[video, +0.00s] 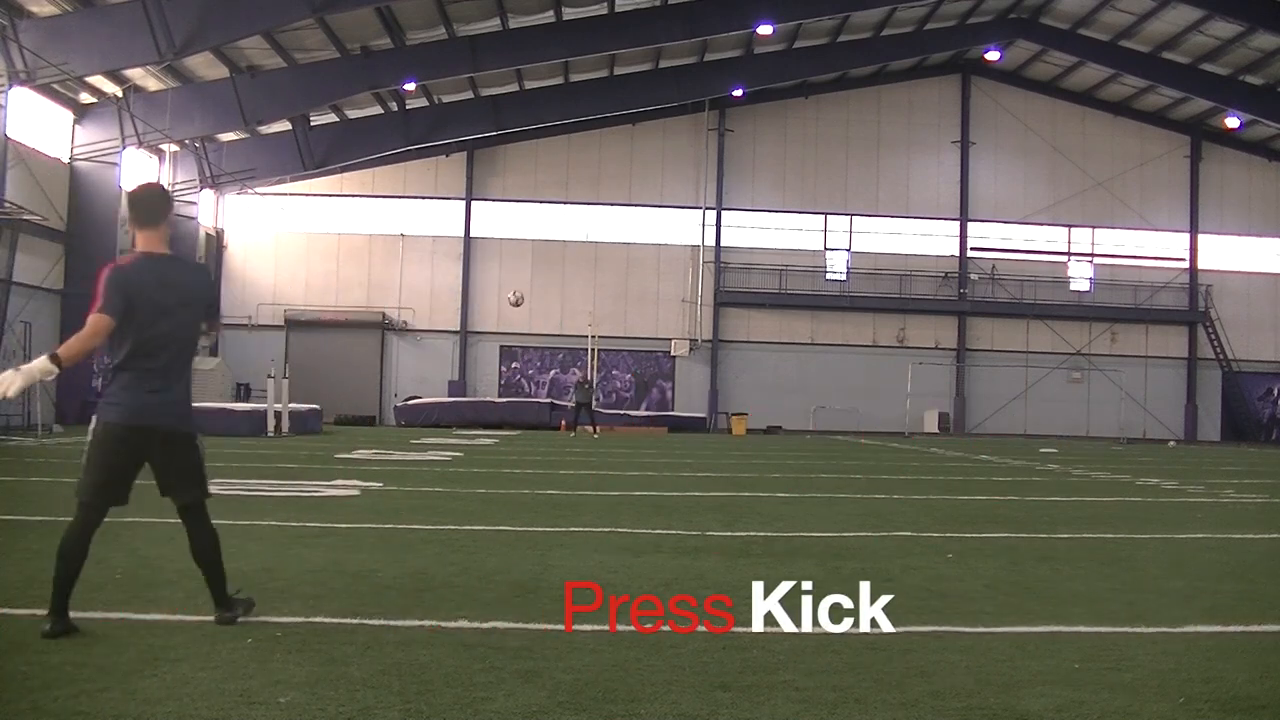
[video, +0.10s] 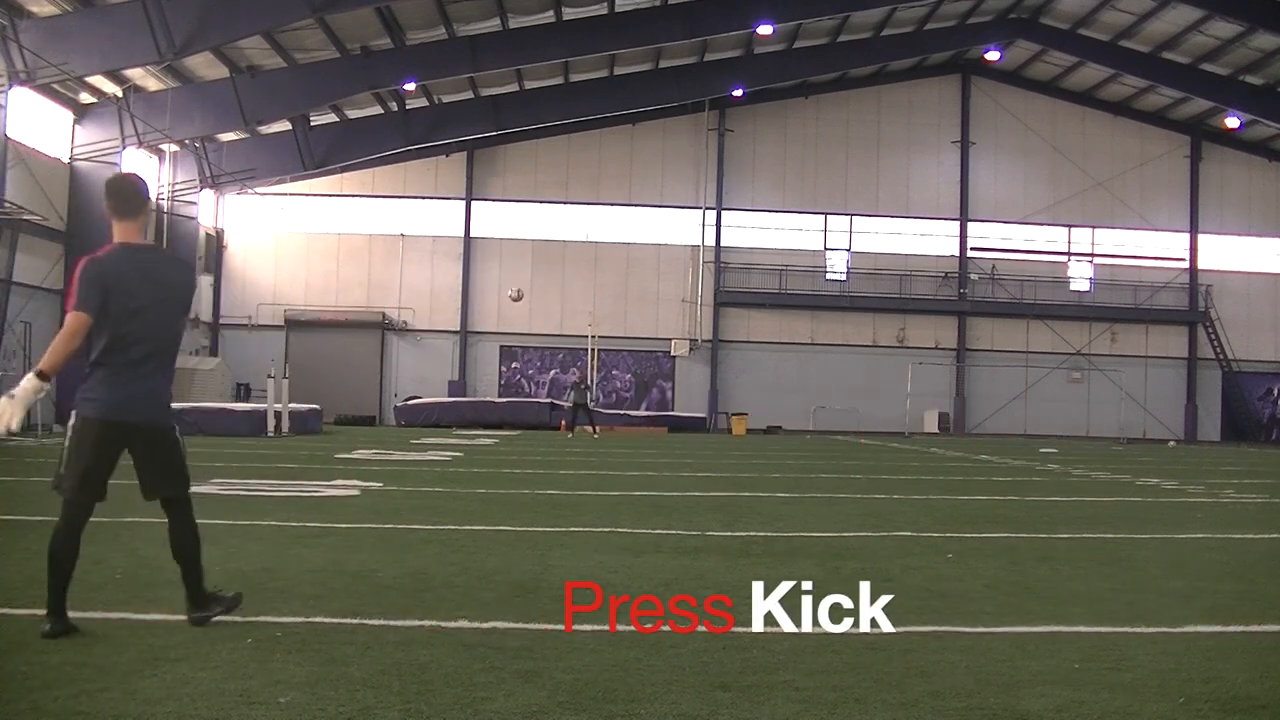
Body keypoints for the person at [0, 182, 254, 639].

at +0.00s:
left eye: (130, 217)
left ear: (130, 220)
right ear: (170, 219)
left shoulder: (120, 273)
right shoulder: (197, 275)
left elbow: (95, 334)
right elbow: (209, 328)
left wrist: (37, 368)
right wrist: (214, 258)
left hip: (118, 419)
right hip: (174, 420)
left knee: (86, 518)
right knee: (195, 514)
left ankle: (57, 615)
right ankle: (224, 603)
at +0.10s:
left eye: (110, 210)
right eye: (143, 205)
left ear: (106, 212)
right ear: (149, 211)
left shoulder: (95, 266)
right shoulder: (180, 270)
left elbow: (75, 330)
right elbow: (174, 329)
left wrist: (29, 387)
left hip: (98, 411)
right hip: (152, 411)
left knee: (73, 514)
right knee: (178, 504)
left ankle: (56, 615)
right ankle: (198, 599)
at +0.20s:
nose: (98, 210)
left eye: (90, 203)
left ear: (89, 205)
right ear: (131, 205)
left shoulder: (75, 264)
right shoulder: (160, 264)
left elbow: (58, 334)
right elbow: (169, 331)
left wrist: (27, 389)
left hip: (82, 408)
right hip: (140, 408)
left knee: (65, 511)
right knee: (163, 495)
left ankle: (54, 615)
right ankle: (146, 603)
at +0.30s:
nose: (79, 207)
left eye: (74, 200)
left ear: (74, 203)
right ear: (118, 204)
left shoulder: (58, 264)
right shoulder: (144, 264)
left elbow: (42, 336)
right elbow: (138, 329)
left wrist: (13, 389)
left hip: (69, 409)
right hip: (126, 408)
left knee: (57, 513)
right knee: (140, 498)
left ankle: (54, 616)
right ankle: (92, 597)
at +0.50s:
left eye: (63, 198)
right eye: (103, 197)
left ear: (63, 201)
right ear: (107, 202)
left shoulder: (37, 262)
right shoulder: (130, 267)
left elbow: (4, 330)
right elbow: (133, 355)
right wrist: (118, 363)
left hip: (44, 408)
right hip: (95, 412)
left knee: (42, 511)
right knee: (68, 518)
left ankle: (48, 613)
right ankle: (34, 627)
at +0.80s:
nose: (103, 203)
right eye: (106, 195)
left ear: (60, 192)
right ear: (105, 197)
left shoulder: (19, 247)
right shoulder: (108, 260)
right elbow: (127, 335)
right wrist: (140, 397)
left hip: (11, 401)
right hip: (61, 406)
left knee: (29, 508)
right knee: (42, 515)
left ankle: (36, 611)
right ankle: (27, 631)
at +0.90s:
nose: (100, 201)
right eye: (102, 193)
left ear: (56, 190)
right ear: (100, 196)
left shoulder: (15, 245)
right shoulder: (103, 257)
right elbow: (118, 337)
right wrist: (130, 399)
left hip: (7, 401)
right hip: (55, 408)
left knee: (22, 509)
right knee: (39, 516)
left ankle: (20, 618)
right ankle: (25, 631)